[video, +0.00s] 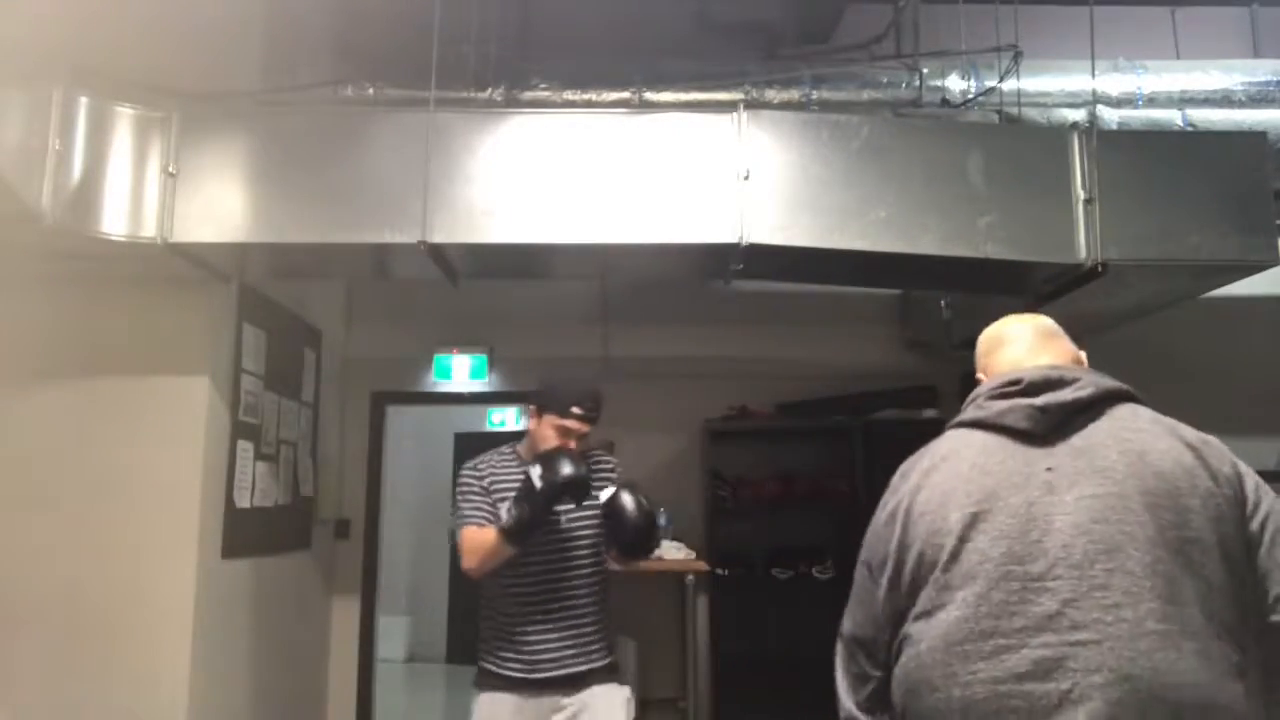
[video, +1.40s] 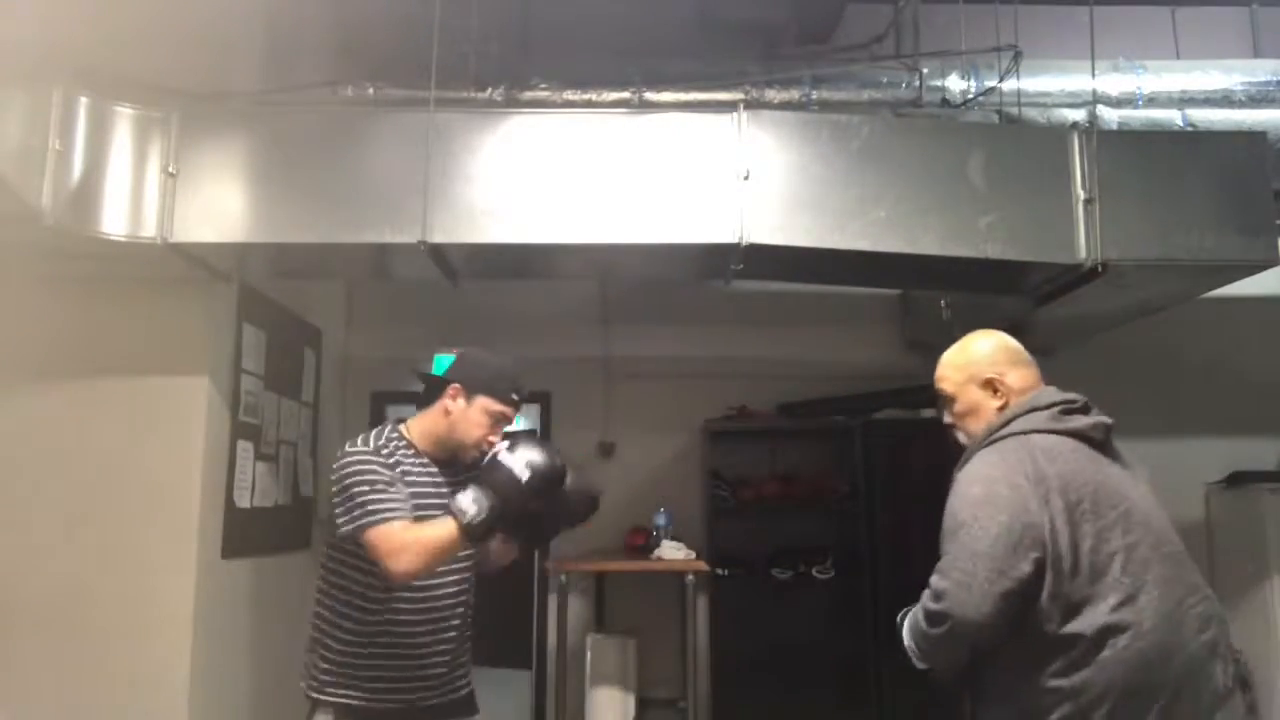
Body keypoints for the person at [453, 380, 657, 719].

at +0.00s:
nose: (571, 446)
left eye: (581, 437)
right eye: (562, 432)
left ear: (591, 432)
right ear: (532, 417)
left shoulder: (601, 469)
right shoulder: (480, 473)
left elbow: (619, 559)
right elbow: (473, 560)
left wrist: (635, 538)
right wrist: (529, 509)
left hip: (592, 683)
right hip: (510, 687)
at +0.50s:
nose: (622, 443)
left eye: (630, 433)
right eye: (618, 425)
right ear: (581, 404)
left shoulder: (610, 475)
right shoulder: (496, 462)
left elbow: (625, 570)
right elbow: (467, 565)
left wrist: (651, 532)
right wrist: (562, 533)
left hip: (593, 692)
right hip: (508, 694)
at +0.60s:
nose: (624, 440)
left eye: (631, 430)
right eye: (619, 421)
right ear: (581, 400)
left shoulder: (608, 472)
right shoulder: (495, 457)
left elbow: (630, 567)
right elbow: (456, 561)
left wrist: (648, 520)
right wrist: (550, 540)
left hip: (586, 696)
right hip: (498, 698)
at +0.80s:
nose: (591, 438)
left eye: (598, 427)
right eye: (585, 419)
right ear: (544, 399)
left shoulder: (574, 476)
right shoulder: (461, 462)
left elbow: (591, 577)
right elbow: (435, 574)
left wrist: (609, 530)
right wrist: (527, 541)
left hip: (557, 702)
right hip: (466, 703)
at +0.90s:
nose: (559, 446)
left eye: (566, 433)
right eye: (553, 427)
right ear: (511, 407)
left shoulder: (536, 482)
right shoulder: (424, 474)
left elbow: (550, 576)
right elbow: (408, 589)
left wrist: (577, 554)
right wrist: (500, 553)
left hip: (528, 699)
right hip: (445, 703)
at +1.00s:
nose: (527, 451)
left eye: (533, 440)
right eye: (520, 432)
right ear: (477, 412)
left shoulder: (497, 492)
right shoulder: (390, 480)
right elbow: (382, 594)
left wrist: (548, 573)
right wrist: (477, 556)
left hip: (488, 704)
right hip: (405, 707)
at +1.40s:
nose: (498, 440)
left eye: (504, 427)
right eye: (495, 420)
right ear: (453, 399)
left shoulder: (458, 470)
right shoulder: (365, 459)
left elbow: (481, 559)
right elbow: (400, 559)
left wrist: (532, 523)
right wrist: (483, 500)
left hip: (449, 699)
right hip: (360, 703)